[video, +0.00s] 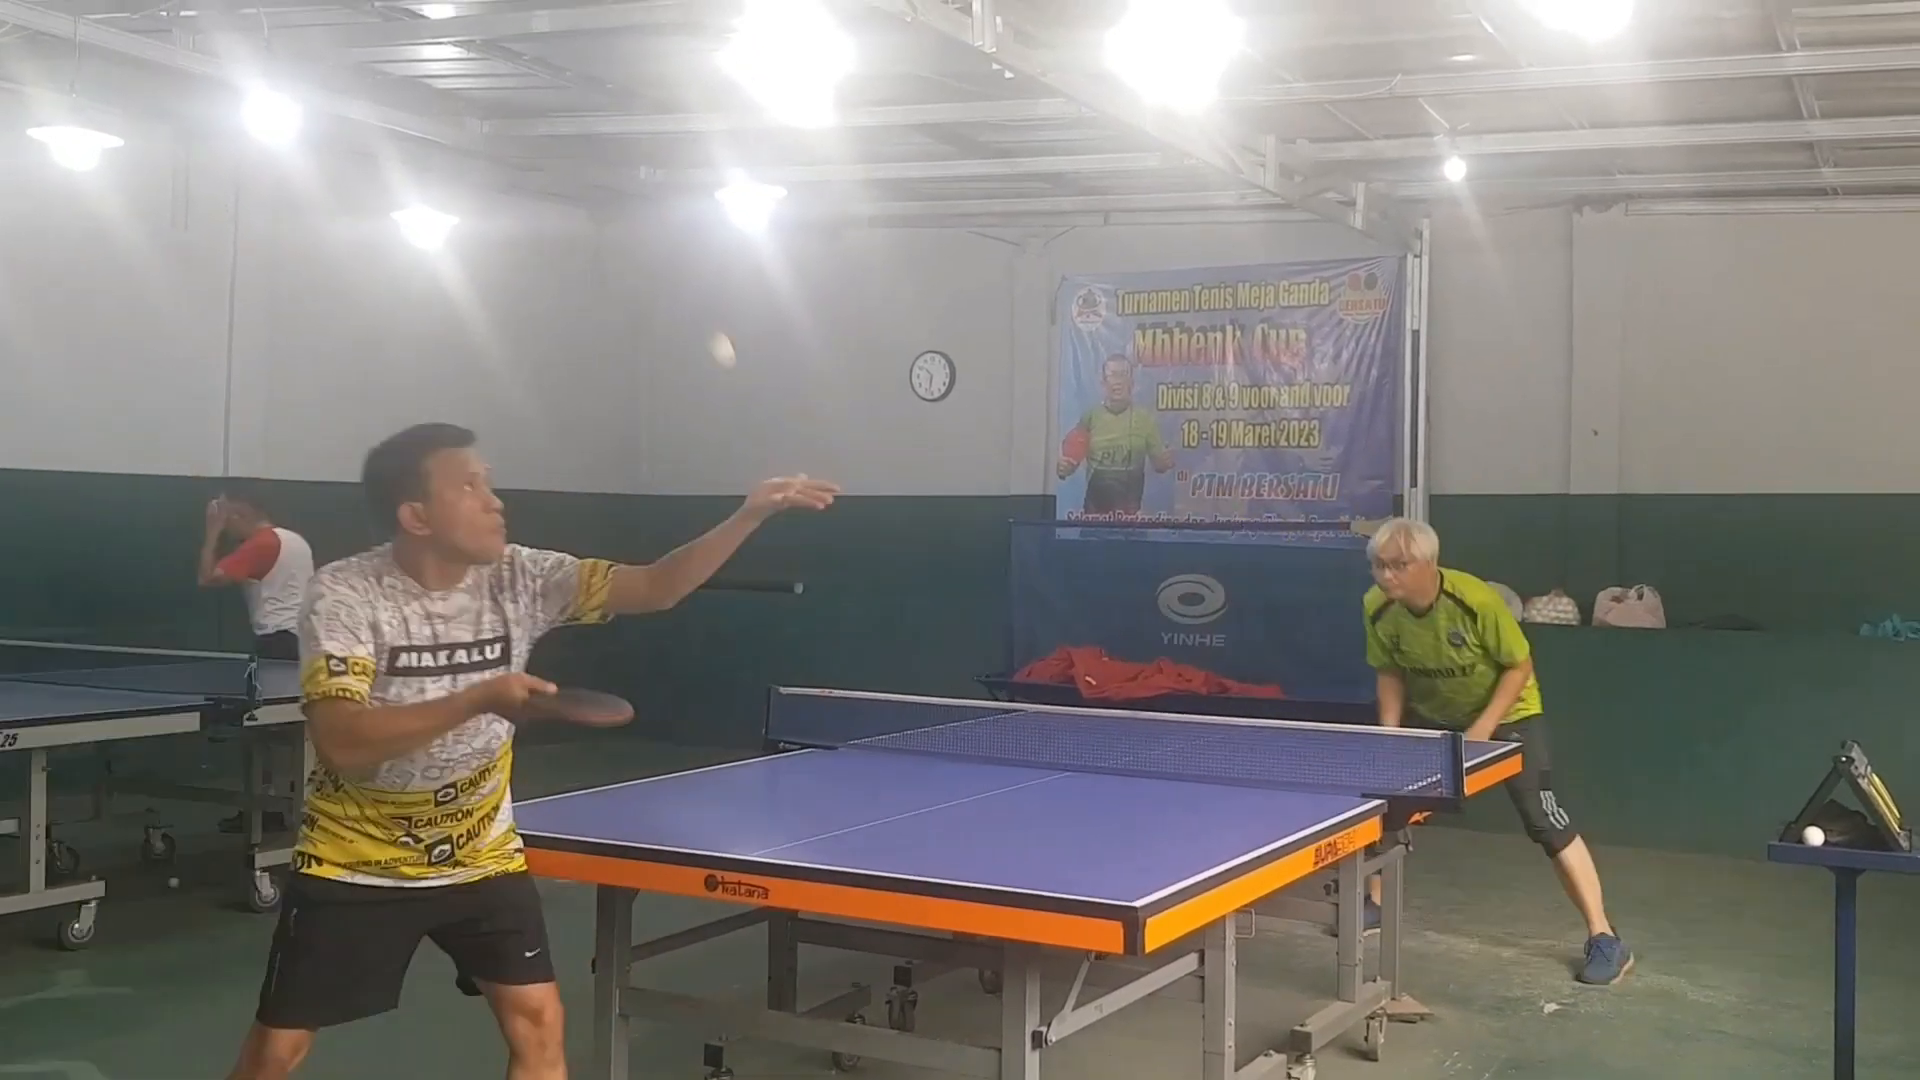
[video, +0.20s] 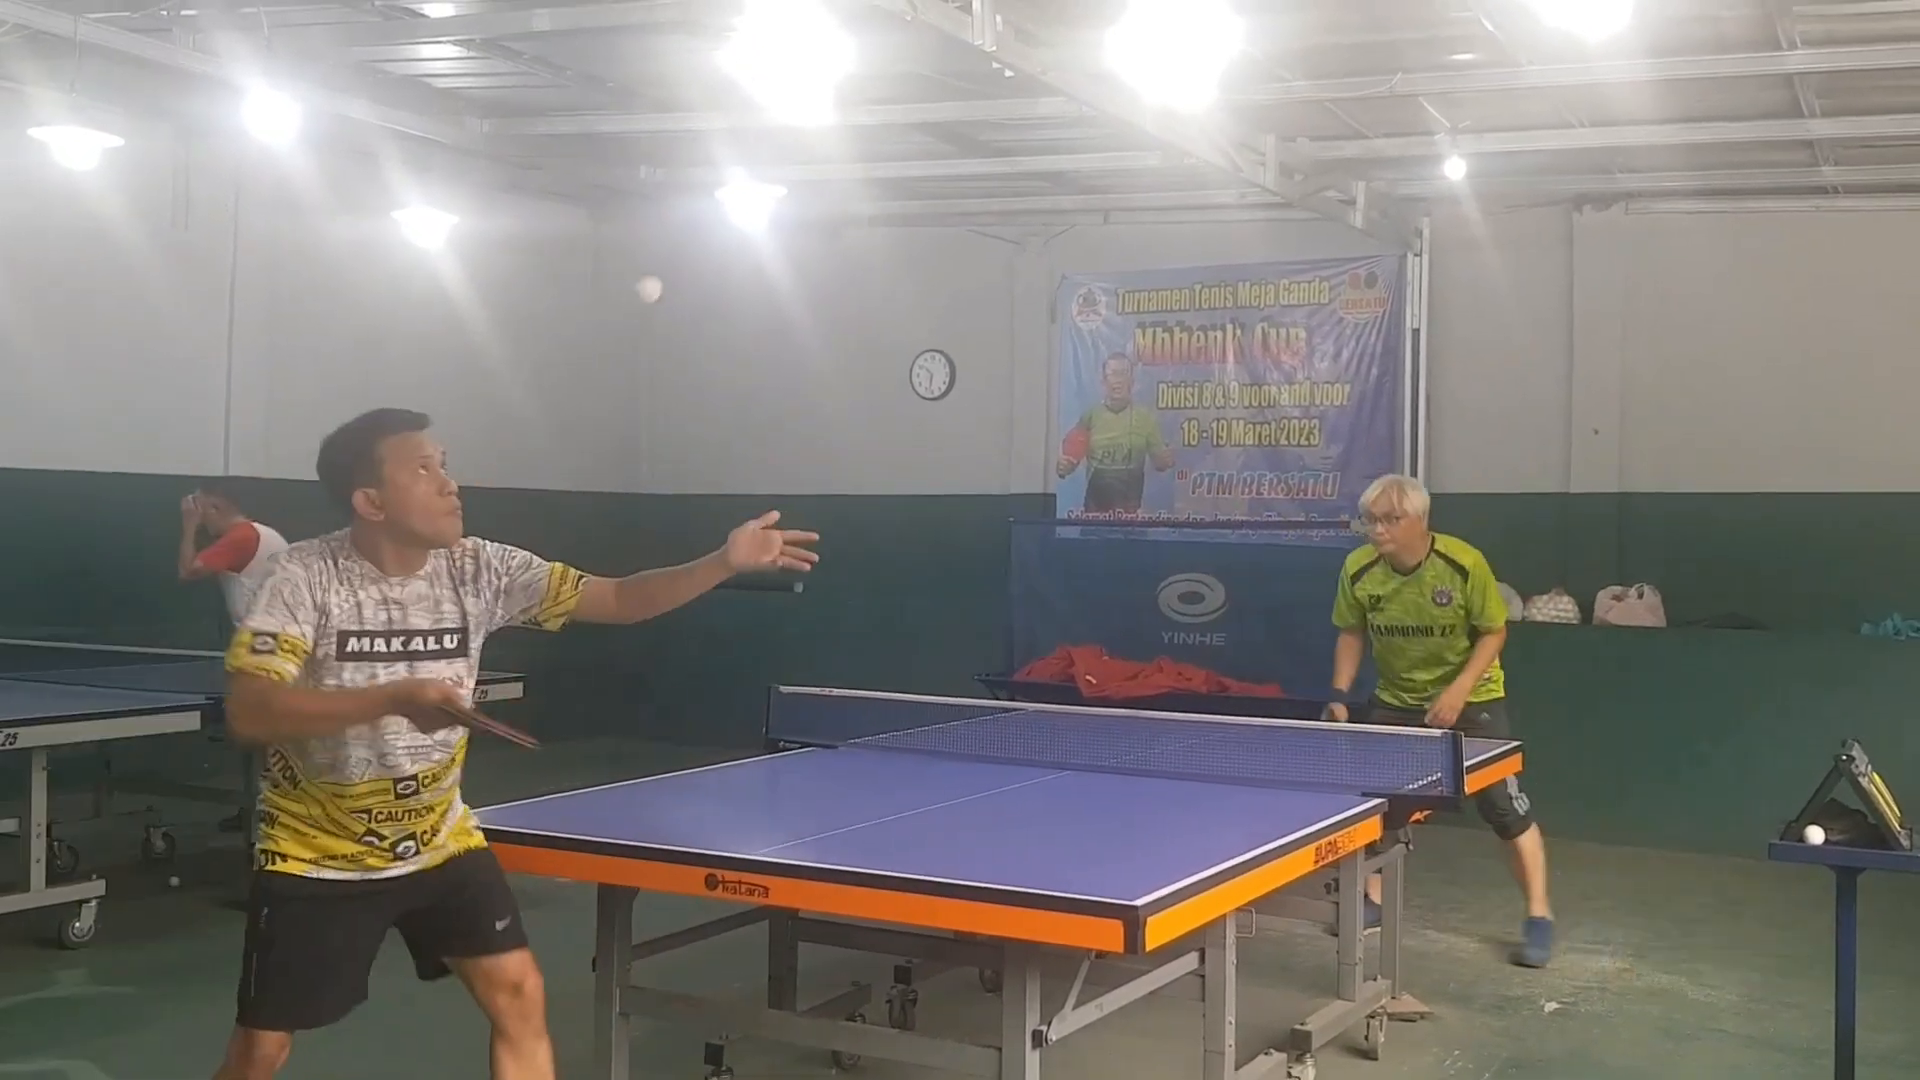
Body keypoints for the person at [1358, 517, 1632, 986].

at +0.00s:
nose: (1383, 576)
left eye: (1394, 566)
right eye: (1378, 566)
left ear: (1425, 566)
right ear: (1375, 568)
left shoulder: (1475, 600)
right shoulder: (1377, 608)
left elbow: (1520, 666)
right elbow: (1389, 675)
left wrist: (1483, 727)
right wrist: (1388, 741)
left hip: (1508, 715)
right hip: (1430, 719)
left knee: (1542, 817)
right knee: (1378, 805)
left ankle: (1603, 936)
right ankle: (1369, 904)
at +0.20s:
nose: (1376, 530)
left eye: (1387, 520)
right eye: (1371, 521)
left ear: (1418, 520)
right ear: (1366, 523)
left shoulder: (1465, 565)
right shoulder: (1357, 570)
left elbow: (1494, 632)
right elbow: (1352, 633)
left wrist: (1458, 691)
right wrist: (1339, 696)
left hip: (1472, 700)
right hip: (1394, 702)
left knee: (1504, 803)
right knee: (1367, 797)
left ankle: (1539, 915)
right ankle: (1370, 898)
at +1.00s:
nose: (1428, 530)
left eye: (1439, 519)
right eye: (1421, 520)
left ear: (1467, 516)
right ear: (1414, 521)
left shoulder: (1518, 555)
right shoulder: (1407, 573)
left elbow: (1555, 626)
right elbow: (1424, 649)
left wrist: (1522, 652)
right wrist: (1413, 670)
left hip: (1511, 710)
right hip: (1433, 710)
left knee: (1545, 822)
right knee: (1365, 791)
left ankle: (1577, 931)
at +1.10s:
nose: (1453, 521)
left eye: (1464, 510)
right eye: (1445, 512)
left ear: (1493, 508)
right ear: (1438, 513)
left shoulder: (1540, 542)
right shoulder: (1432, 566)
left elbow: (1585, 601)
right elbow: (1465, 630)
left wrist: (1568, 628)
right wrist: (1468, 659)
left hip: (1536, 703)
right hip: (1468, 708)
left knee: (1565, 822)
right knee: (1397, 794)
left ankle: (1578, 928)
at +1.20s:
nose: (1467, 513)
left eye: (1479, 501)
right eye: (1458, 503)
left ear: (1507, 499)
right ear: (1450, 503)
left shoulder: (1544, 527)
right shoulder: (1444, 555)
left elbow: (1593, 576)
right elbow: (1481, 605)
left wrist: (1598, 594)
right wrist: (1496, 641)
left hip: (1546, 699)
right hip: (1475, 701)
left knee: (1575, 813)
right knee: (1441, 797)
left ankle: (1579, 927)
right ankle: (1427, 917)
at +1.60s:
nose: (1481, 501)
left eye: (1493, 490)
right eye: (1473, 491)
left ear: (1519, 492)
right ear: (1463, 495)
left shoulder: (1557, 534)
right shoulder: (1444, 552)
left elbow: (1607, 584)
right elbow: (1444, 627)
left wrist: (1614, 604)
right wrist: (1435, 643)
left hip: (1540, 686)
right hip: (1468, 689)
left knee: (1563, 798)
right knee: (1466, 794)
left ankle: (1577, 929)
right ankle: (1468, 929)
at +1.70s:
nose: (1476, 513)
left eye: (1488, 503)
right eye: (1468, 504)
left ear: (1514, 507)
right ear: (1459, 509)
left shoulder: (1553, 551)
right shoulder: (1441, 564)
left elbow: (1608, 603)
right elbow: (1430, 636)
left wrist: (1619, 657)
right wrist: (1411, 656)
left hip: (1535, 701)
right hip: (1459, 700)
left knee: (1561, 809)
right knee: (1428, 795)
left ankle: (1576, 929)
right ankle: (1415, 910)